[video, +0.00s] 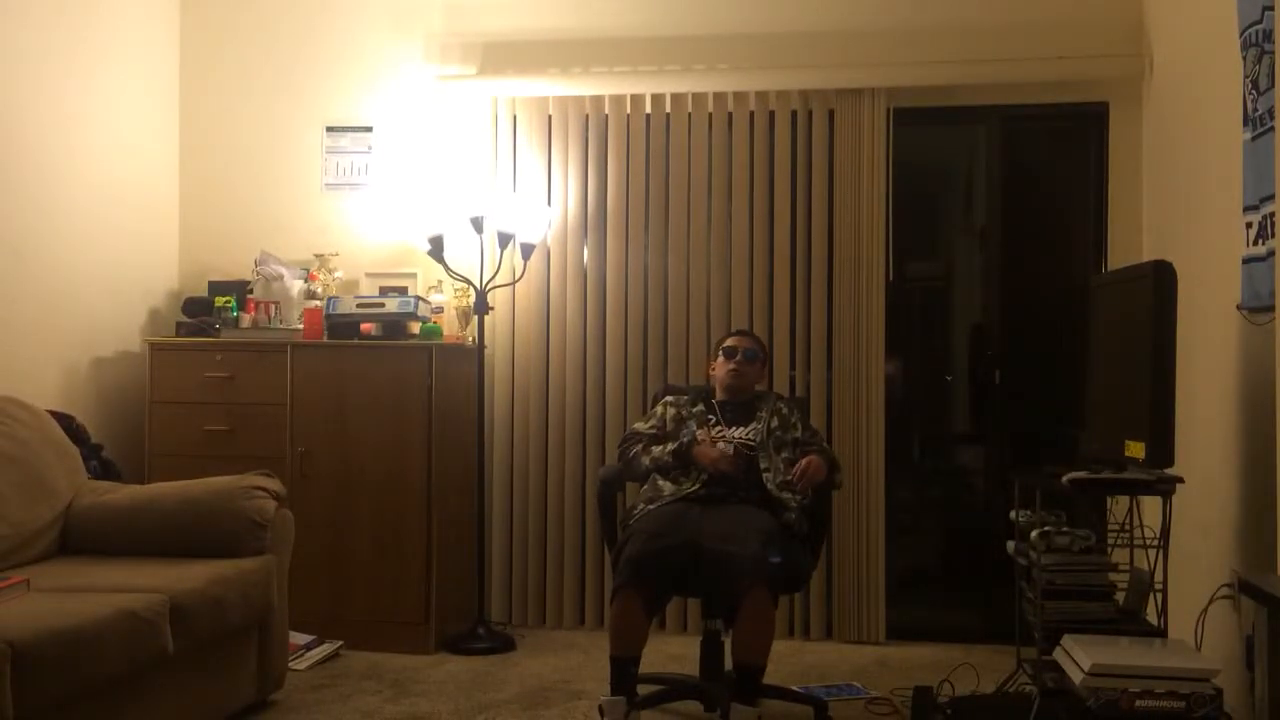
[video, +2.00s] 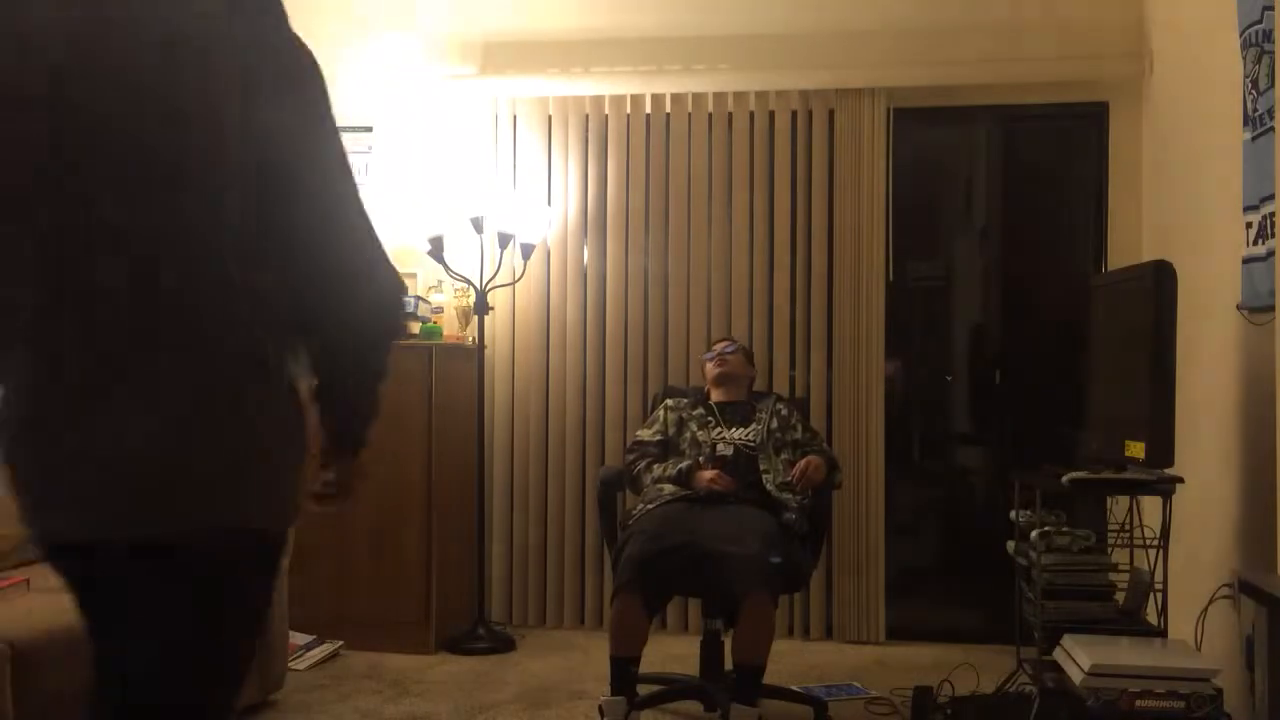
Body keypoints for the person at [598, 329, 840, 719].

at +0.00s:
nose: (739, 360)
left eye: (750, 356)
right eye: (729, 353)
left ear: (762, 373)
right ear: (712, 366)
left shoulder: (780, 413)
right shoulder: (675, 407)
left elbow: (820, 454)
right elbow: (630, 454)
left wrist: (820, 459)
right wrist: (690, 452)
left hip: (748, 509)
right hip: (672, 506)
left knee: (756, 576)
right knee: (637, 567)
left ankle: (746, 704)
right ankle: (621, 697)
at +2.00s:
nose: (719, 354)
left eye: (730, 349)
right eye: (711, 353)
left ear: (752, 370)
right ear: (703, 374)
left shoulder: (778, 412)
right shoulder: (673, 410)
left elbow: (825, 458)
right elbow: (639, 464)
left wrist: (820, 462)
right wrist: (689, 476)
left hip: (751, 508)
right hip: (675, 505)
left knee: (757, 574)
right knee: (638, 566)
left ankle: (746, 705)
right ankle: (621, 696)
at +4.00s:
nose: (720, 355)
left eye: (732, 350)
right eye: (712, 353)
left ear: (752, 370)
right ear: (704, 375)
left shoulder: (779, 411)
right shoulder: (674, 409)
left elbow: (823, 456)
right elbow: (639, 464)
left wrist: (821, 461)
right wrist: (689, 477)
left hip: (750, 506)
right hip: (673, 503)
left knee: (756, 577)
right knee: (638, 565)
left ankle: (745, 704)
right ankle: (620, 694)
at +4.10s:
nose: (722, 354)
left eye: (733, 349)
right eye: (714, 353)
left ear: (752, 370)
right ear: (704, 374)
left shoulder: (780, 411)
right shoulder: (674, 407)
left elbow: (826, 463)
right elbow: (643, 469)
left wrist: (819, 460)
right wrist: (690, 477)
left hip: (749, 508)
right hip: (675, 506)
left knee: (757, 580)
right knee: (634, 572)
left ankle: (745, 704)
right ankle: (637, 693)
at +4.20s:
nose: (722, 358)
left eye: (731, 352)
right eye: (715, 355)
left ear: (752, 369)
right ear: (708, 370)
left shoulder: (773, 407)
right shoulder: (694, 406)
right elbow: (667, 459)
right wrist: (694, 477)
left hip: (758, 511)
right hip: (695, 511)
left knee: (756, 584)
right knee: (681, 578)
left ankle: (746, 698)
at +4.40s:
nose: (742, 379)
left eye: (747, 371)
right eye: (734, 371)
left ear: (754, 374)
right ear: (720, 376)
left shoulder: (777, 412)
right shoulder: (706, 420)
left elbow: (825, 459)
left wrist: (819, 462)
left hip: (781, 532)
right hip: (725, 533)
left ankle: (752, 684)